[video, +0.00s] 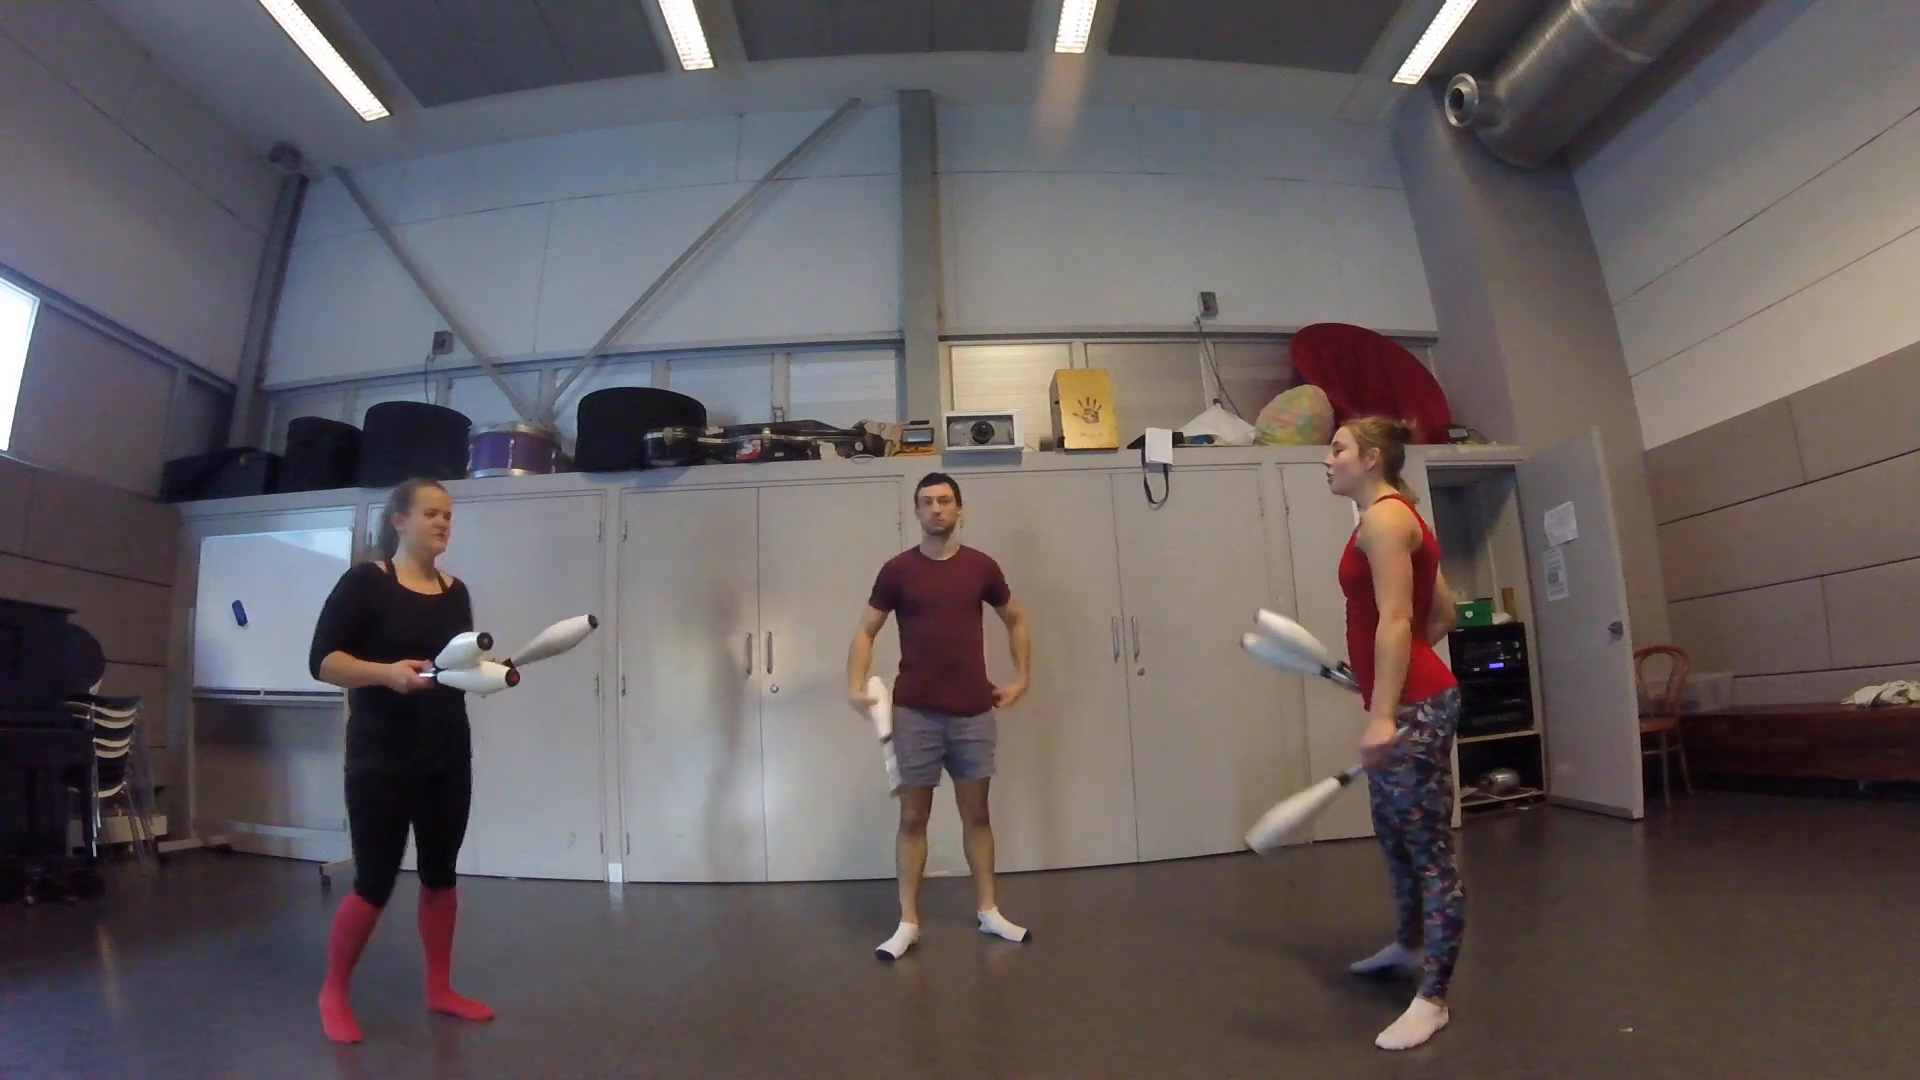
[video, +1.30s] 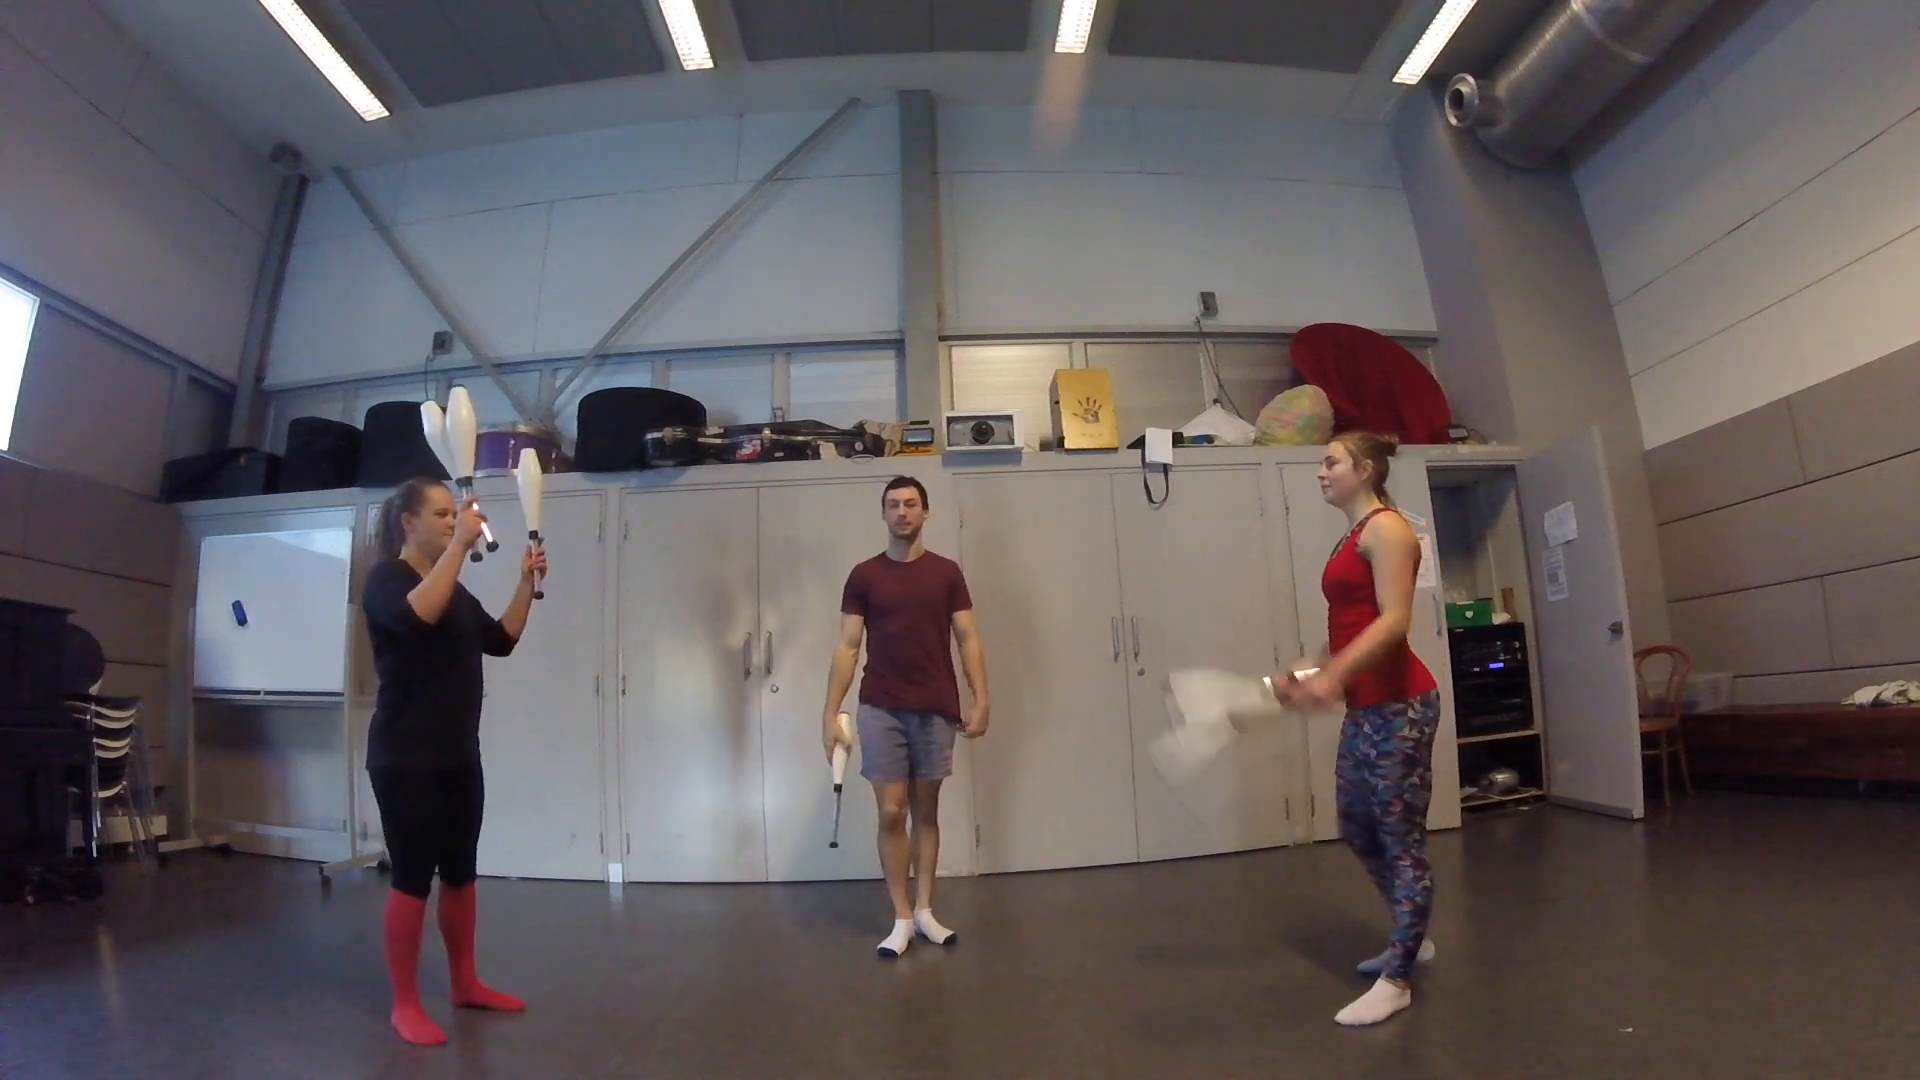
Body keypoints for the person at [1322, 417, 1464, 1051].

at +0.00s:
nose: (1327, 459)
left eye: (1338, 449)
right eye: (1331, 448)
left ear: (1371, 459)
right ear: (1369, 459)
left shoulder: (1382, 518)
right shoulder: (1398, 515)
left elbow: (1395, 621)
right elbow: (1442, 613)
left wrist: (1382, 715)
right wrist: (1376, 669)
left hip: (1417, 705)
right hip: (1401, 701)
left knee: (1427, 846)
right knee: (1396, 831)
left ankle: (1434, 998)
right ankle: (1410, 944)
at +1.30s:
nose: (1321, 473)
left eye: (1332, 463)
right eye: (1321, 464)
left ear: (1367, 470)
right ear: (1349, 473)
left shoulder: (1388, 528)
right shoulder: (1356, 533)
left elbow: (1396, 620)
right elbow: (1353, 632)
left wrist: (1334, 675)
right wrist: (1312, 675)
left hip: (1399, 707)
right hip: (1366, 709)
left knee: (1402, 836)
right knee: (1357, 828)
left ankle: (1396, 980)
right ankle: (1413, 936)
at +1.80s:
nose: (1323, 479)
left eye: (1334, 470)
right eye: (1322, 471)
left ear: (1366, 477)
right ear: (1336, 482)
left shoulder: (1389, 535)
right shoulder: (1339, 546)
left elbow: (1384, 619)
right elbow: (1316, 630)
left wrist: (1320, 575)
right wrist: (1257, 646)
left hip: (1392, 706)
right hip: (1357, 709)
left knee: (1372, 830)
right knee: (1382, 827)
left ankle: (1387, 973)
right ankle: (1393, 940)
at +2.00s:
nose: (1313, 480)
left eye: (1324, 470)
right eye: (1312, 471)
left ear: (1357, 475)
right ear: (1326, 481)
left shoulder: (1386, 534)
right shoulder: (1330, 545)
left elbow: (1406, 617)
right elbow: (1324, 629)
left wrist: (1348, 577)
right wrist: (1306, 694)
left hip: (1393, 707)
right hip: (1351, 708)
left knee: (1387, 833)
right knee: (1381, 831)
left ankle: (1385, 971)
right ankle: (1393, 941)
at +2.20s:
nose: (1312, 477)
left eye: (1323, 469)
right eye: (1312, 468)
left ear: (1355, 478)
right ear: (1321, 480)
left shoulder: (1386, 533)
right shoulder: (1326, 549)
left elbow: (1412, 617)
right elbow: (1307, 627)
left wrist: (1342, 611)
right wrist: (1275, 670)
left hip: (1389, 707)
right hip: (1348, 710)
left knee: (1388, 834)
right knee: (1377, 832)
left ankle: (1384, 974)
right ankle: (1394, 941)